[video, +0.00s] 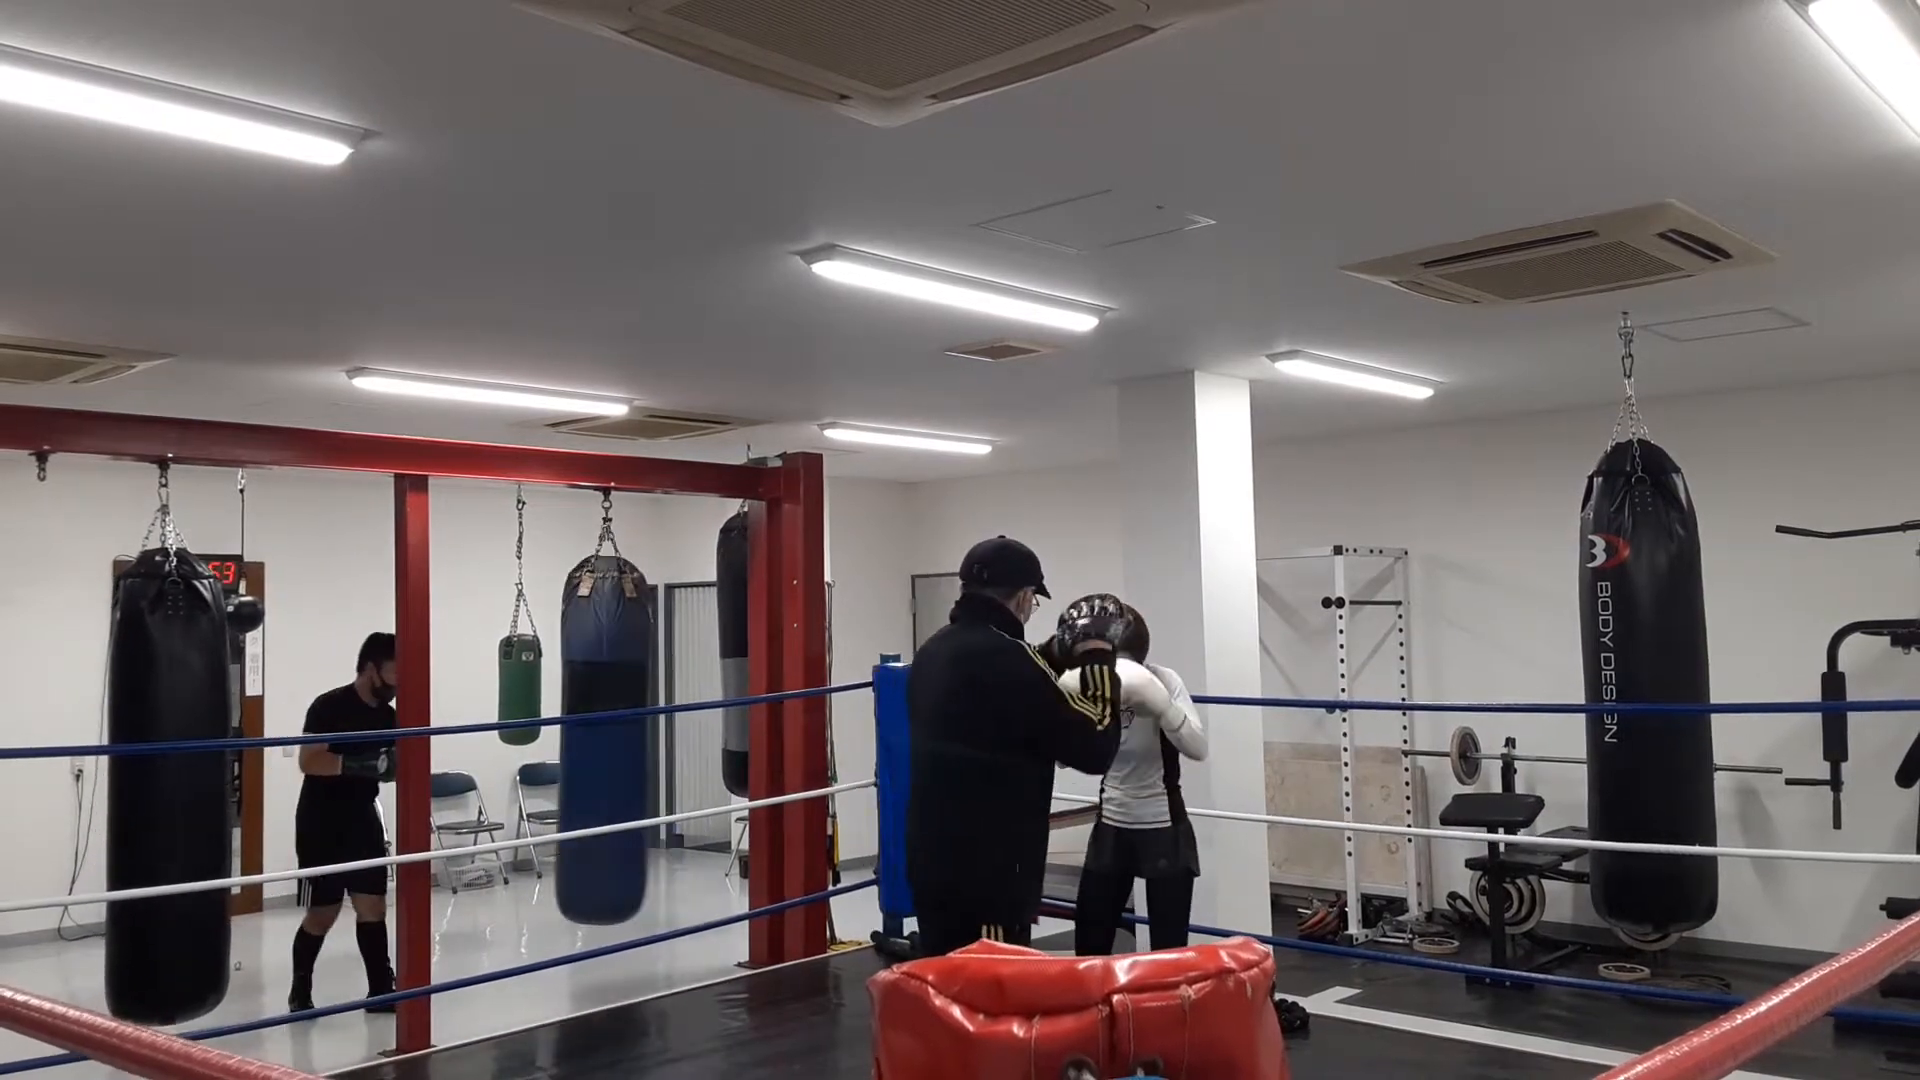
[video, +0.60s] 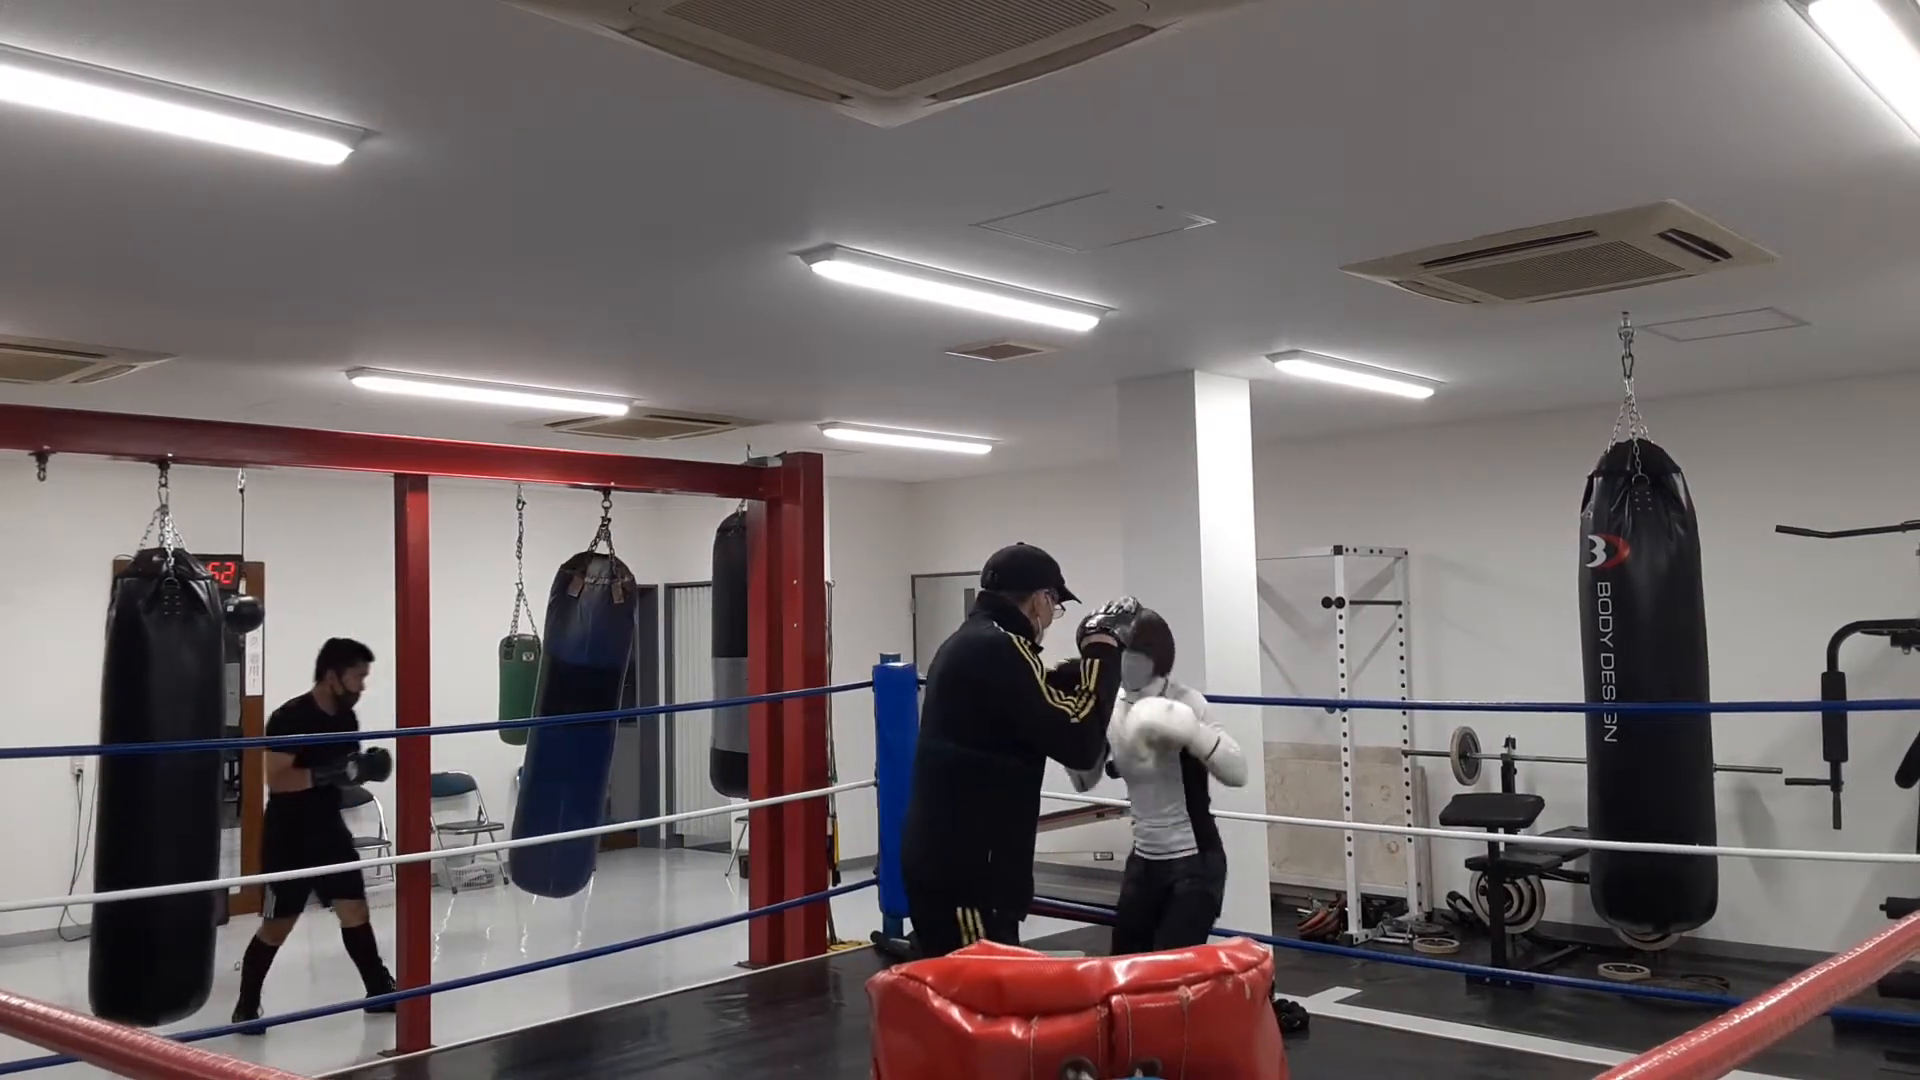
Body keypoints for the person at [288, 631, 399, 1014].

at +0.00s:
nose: (398, 680)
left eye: (400, 673)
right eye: (393, 671)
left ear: (383, 670)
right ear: (370, 667)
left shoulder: (389, 716)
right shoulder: (327, 707)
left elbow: (396, 766)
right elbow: (308, 761)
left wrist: (403, 762)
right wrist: (358, 763)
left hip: (363, 814)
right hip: (321, 816)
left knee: (372, 904)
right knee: (324, 910)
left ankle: (380, 991)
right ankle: (300, 993)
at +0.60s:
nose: (362, 687)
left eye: (365, 679)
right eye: (357, 678)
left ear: (343, 679)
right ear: (330, 675)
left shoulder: (346, 719)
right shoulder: (288, 718)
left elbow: (340, 768)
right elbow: (276, 779)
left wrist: (365, 768)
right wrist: (330, 774)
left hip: (329, 825)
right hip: (288, 828)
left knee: (354, 907)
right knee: (280, 920)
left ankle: (378, 989)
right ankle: (247, 1004)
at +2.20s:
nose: (323, 681)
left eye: (327, 673)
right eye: (316, 673)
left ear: (328, 671)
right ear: (292, 670)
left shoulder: (315, 711)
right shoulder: (254, 711)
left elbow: (351, 757)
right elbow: (266, 760)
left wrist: (361, 733)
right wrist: (309, 729)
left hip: (307, 820)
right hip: (263, 824)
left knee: (331, 892)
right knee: (254, 905)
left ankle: (355, 974)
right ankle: (235, 989)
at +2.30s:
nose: (311, 677)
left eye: (314, 669)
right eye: (304, 669)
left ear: (316, 668)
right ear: (279, 667)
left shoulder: (308, 707)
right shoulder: (247, 707)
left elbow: (346, 749)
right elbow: (257, 755)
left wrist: (355, 724)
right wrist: (300, 721)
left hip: (303, 818)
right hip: (257, 821)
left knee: (327, 891)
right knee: (250, 903)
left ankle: (329, 976)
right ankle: (234, 988)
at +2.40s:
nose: (303, 678)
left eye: (306, 671)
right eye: (297, 671)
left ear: (307, 671)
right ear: (270, 669)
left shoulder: (306, 707)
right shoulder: (242, 710)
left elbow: (346, 746)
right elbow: (253, 756)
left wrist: (353, 722)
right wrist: (293, 718)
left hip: (302, 819)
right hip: (257, 822)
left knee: (319, 896)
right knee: (252, 904)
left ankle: (309, 978)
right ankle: (235, 989)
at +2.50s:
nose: (301, 681)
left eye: (303, 674)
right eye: (294, 674)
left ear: (302, 674)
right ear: (267, 672)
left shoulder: (300, 710)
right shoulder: (241, 714)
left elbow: (343, 747)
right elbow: (251, 761)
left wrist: (349, 723)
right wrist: (292, 725)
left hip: (304, 821)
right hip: (260, 826)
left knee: (329, 896)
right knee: (254, 908)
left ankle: (314, 974)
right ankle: (235, 989)